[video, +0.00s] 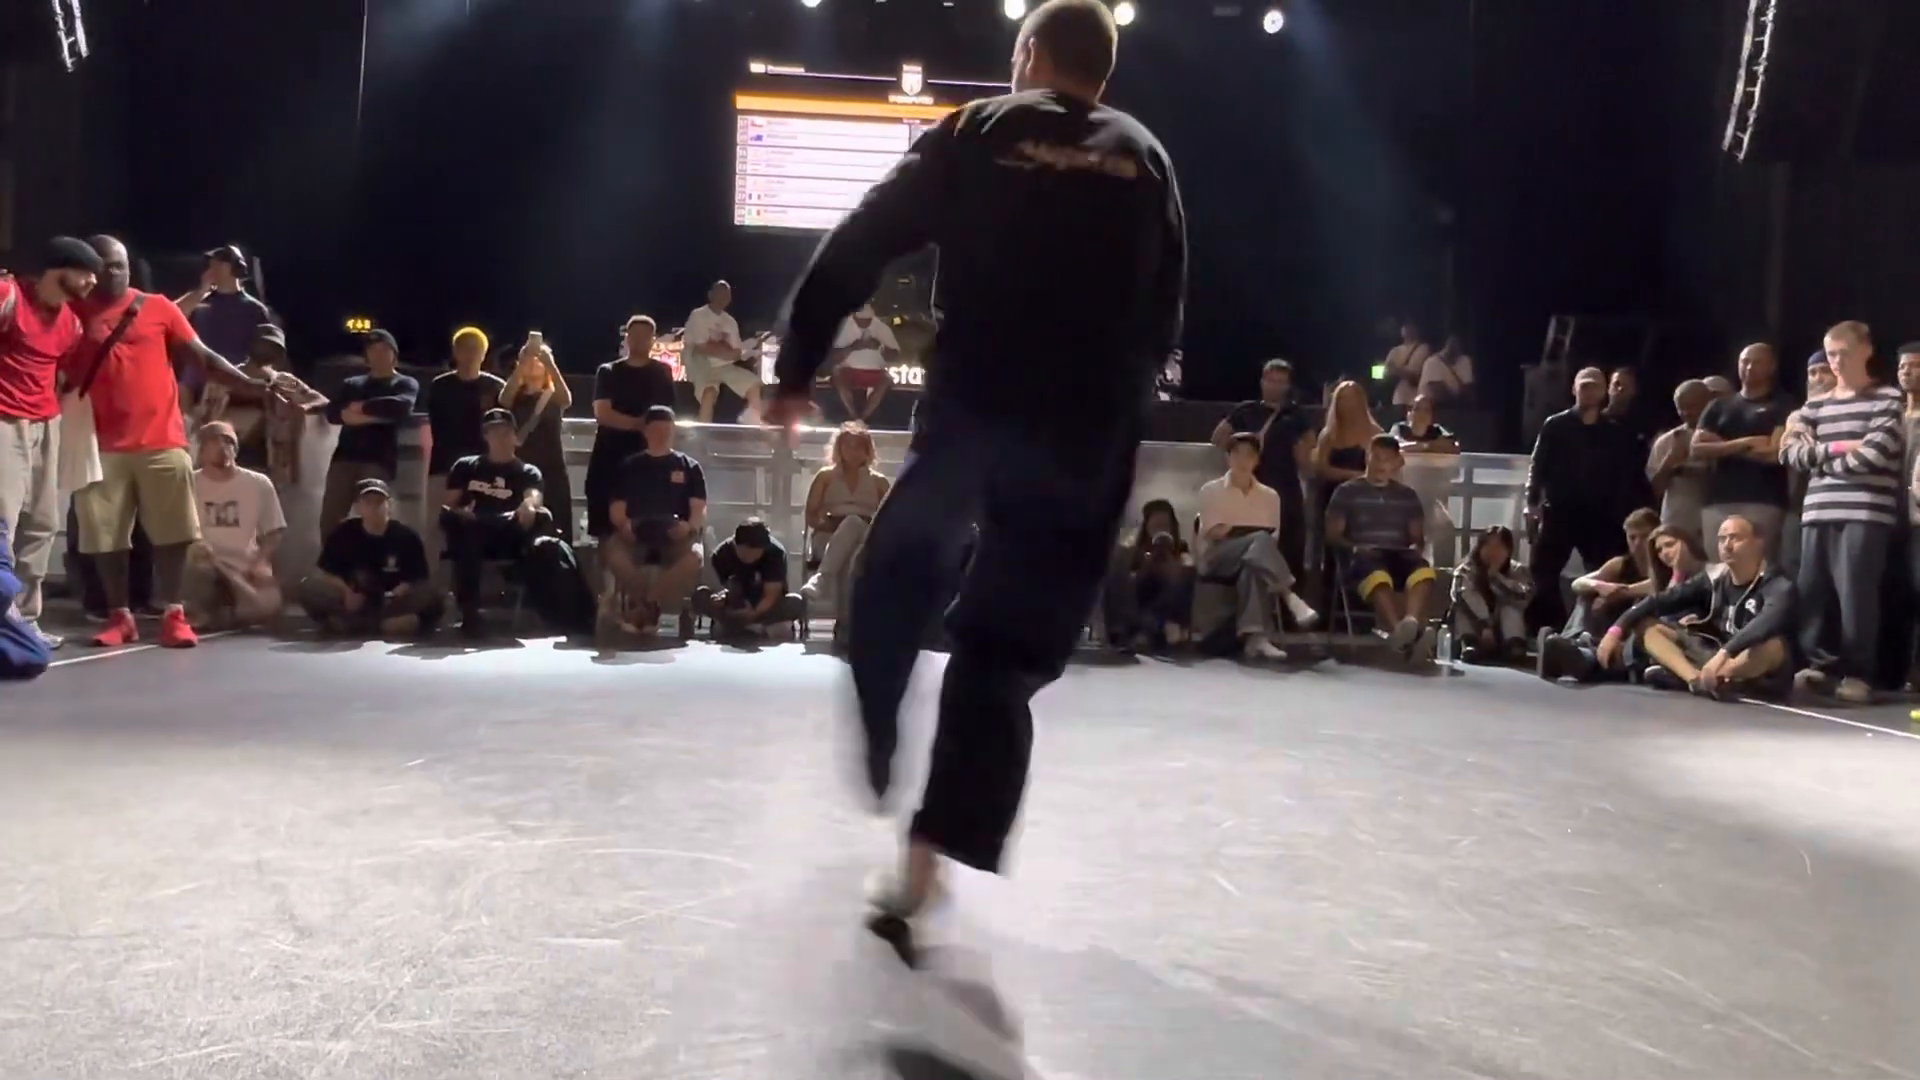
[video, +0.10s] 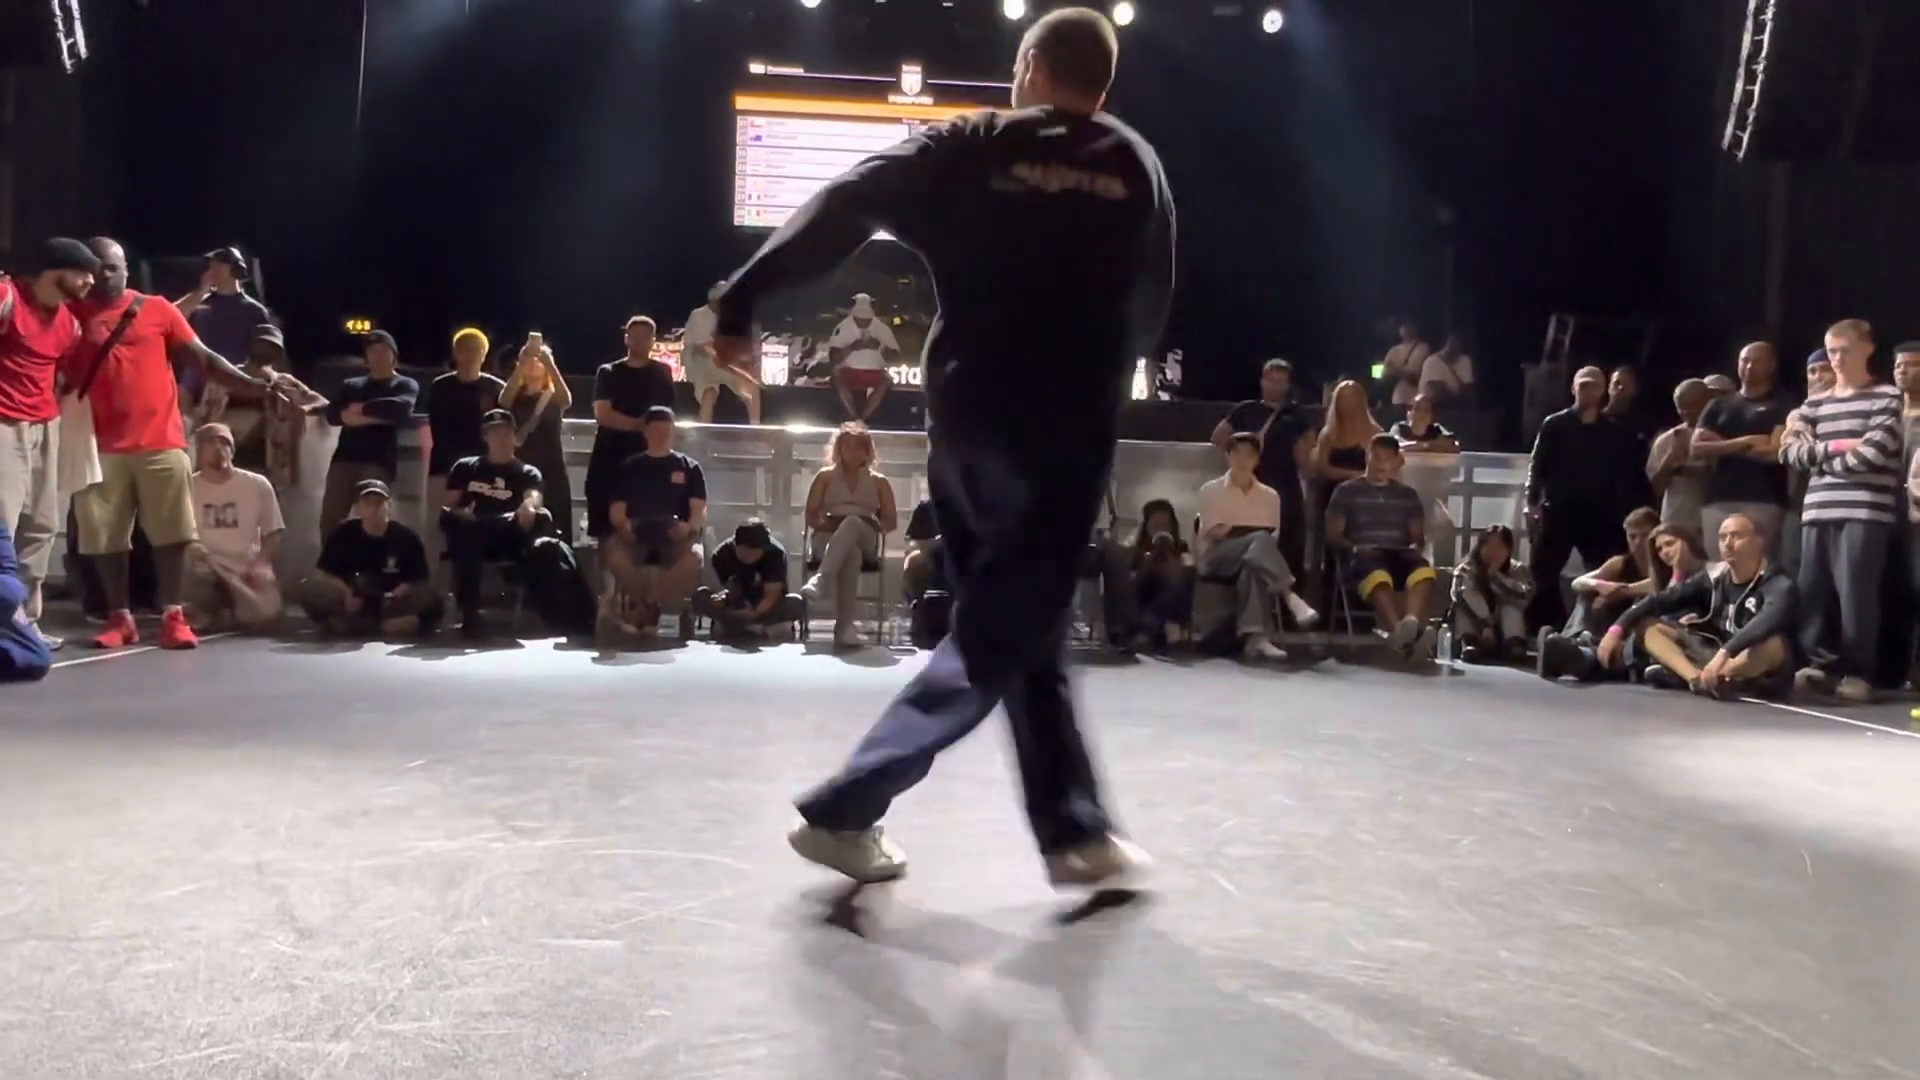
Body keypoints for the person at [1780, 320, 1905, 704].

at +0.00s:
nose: (1833, 362)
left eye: (1841, 354)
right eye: (1829, 355)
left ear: (1866, 352)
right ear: (1825, 358)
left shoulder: (1889, 400)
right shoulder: (1816, 405)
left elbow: (1874, 456)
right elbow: (1791, 452)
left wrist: (1820, 457)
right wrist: (1842, 448)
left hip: (1863, 511)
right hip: (1816, 513)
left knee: (1856, 594)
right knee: (1811, 589)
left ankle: (1858, 674)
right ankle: (1821, 664)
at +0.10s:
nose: (1834, 359)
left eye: (1842, 351)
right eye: (1830, 352)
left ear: (1867, 350)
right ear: (1826, 355)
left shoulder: (1888, 398)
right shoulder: (1816, 403)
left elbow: (1873, 455)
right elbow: (1789, 450)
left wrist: (1818, 456)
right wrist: (1841, 447)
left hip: (1863, 511)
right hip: (1817, 512)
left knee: (1856, 593)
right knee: (1812, 588)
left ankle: (1858, 672)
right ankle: (1820, 663)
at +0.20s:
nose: (1837, 356)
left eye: (1846, 348)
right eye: (1833, 349)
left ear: (1870, 348)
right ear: (1828, 352)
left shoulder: (1886, 397)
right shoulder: (1815, 401)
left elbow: (1870, 455)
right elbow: (1789, 450)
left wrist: (1817, 455)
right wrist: (1840, 447)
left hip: (1864, 510)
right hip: (1817, 510)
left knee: (1856, 591)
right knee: (1814, 588)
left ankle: (1858, 672)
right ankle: (1822, 663)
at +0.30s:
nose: (1838, 355)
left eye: (1847, 347)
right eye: (1834, 348)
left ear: (1871, 348)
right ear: (1829, 351)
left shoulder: (1886, 397)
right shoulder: (1816, 400)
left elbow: (1869, 455)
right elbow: (1790, 449)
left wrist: (1818, 453)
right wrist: (1841, 446)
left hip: (1864, 509)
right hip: (1817, 510)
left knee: (1856, 590)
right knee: (1813, 587)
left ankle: (1859, 671)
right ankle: (1822, 663)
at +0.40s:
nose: (1837, 356)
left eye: (1845, 349)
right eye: (1832, 350)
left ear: (1869, 348)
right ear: (1829, 352)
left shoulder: (1888, 398)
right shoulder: (1816, 400)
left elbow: (1869, 452)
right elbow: (1790, 448)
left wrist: (1818, 451)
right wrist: (1840, 446)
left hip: (1865, 509)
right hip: (1818, 509)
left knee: (1857, 589)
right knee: (1814, 586)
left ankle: (1860, 670)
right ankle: (1823, 662)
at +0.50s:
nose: (1838, 357)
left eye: (1846, 349)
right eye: (1833, 350)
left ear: (1870, 348)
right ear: (1830, 352)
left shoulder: (1888, 398)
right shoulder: (1817, 400)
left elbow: (1869, 453)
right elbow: (1791, 448)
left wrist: (1818, 451)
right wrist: (1840, 447)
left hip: (1865, 509)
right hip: (1819, 510)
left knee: (1858, 588)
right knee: (1816, 585)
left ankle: (1862, 670)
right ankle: (1825, 662)